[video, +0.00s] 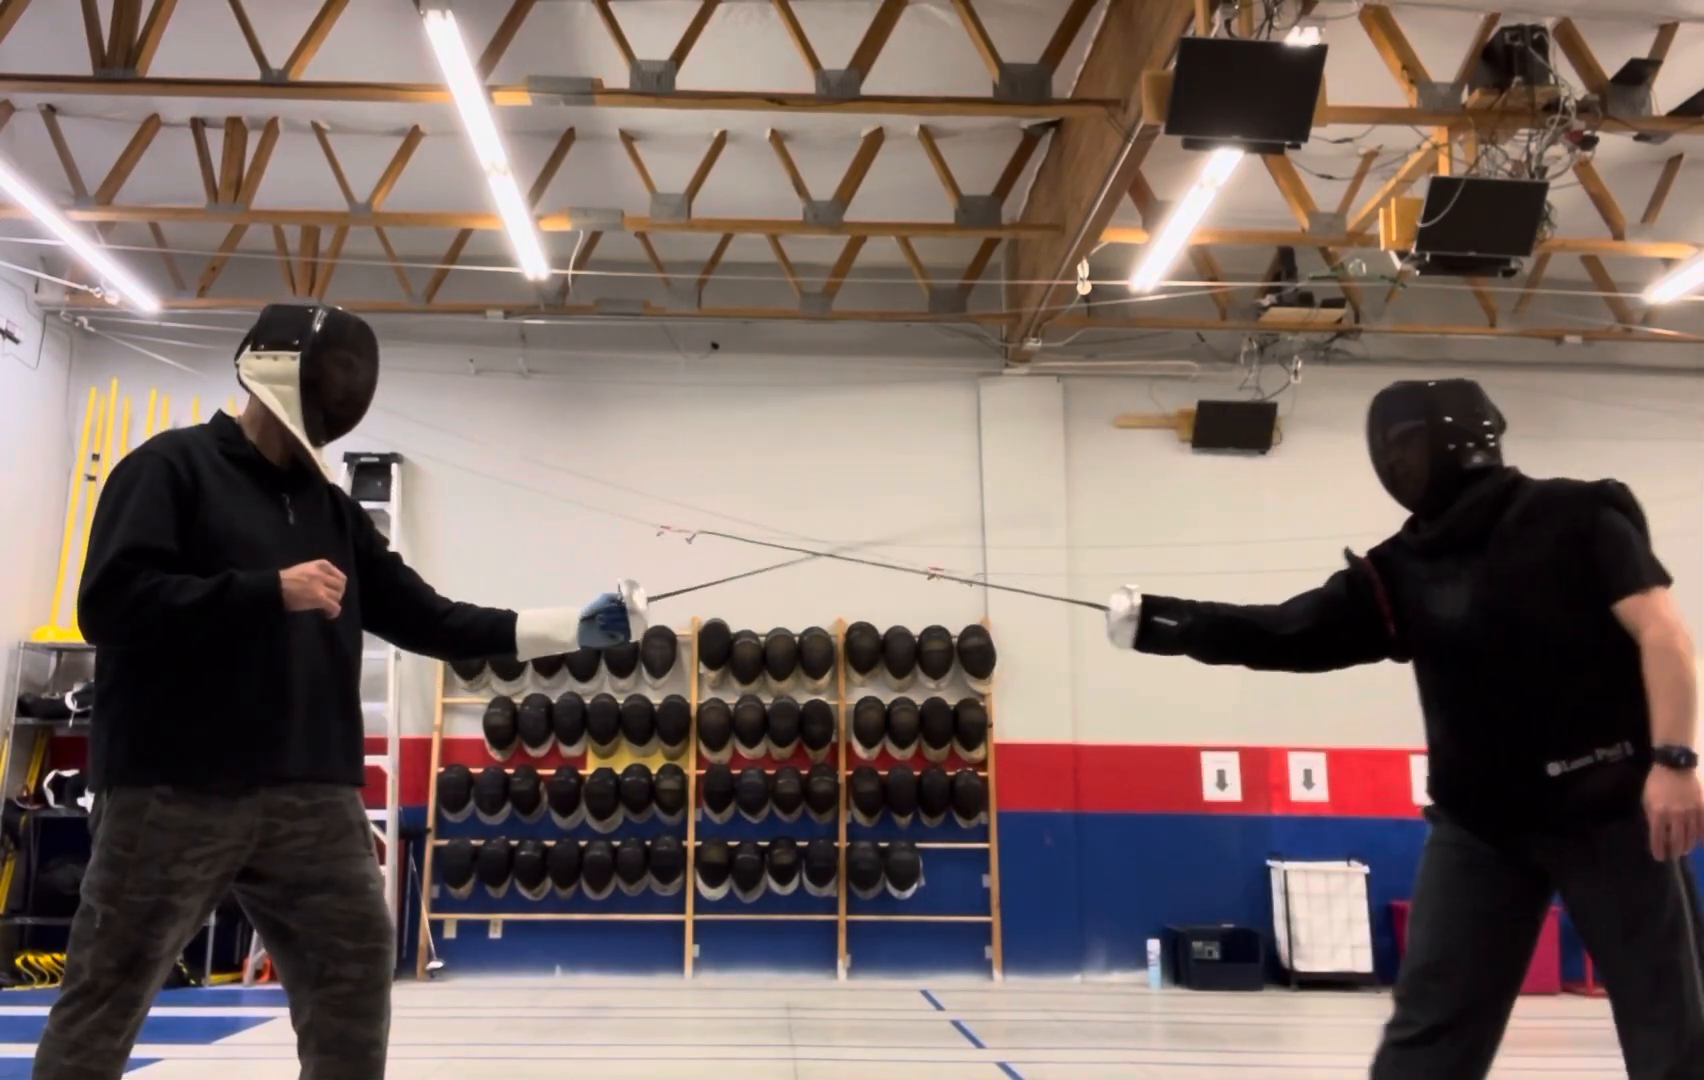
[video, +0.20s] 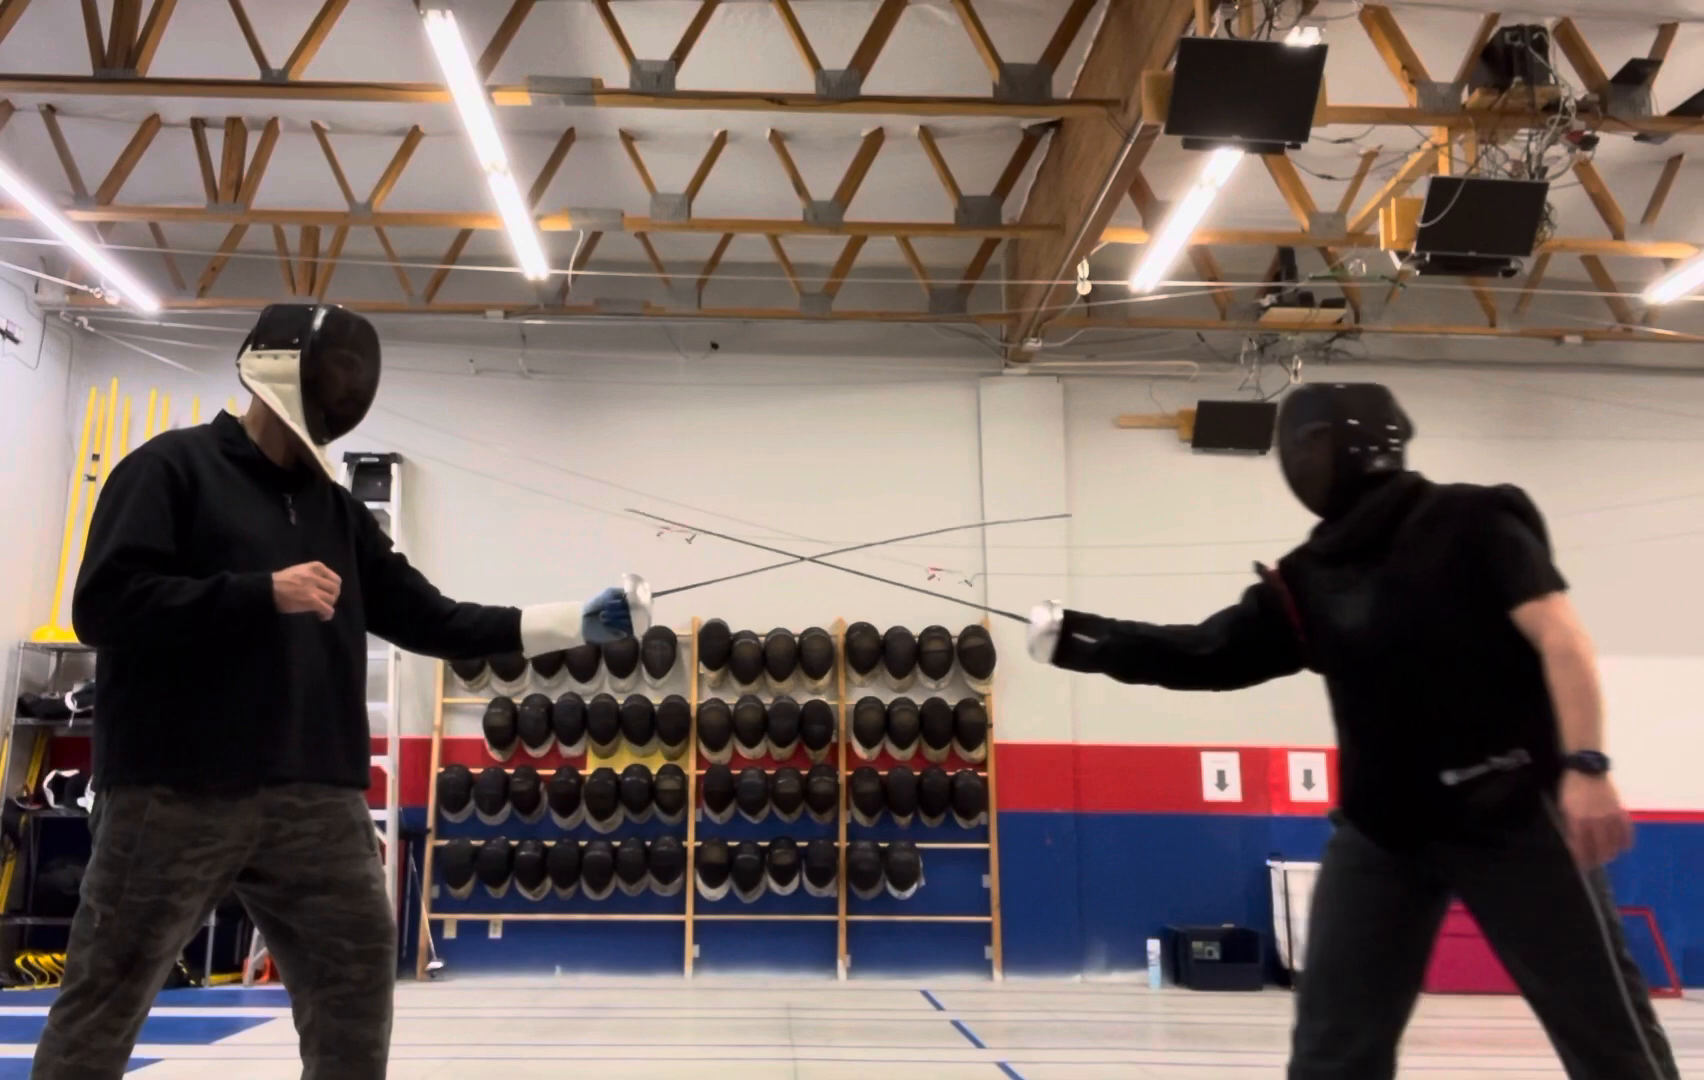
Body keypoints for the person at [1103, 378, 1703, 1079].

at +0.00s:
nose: (1391, 470)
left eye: (1400, 449)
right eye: (1385, 456)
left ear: (1446, 440)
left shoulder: (1580, 517)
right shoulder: (1404, 571)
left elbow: (1663, 633)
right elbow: (1290, 630)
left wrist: (1676, 759)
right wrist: (1163, 624)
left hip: (1608, 817)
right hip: (1480, 829)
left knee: (1668, 1038)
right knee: (1430, 1036)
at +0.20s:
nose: (1290, 470)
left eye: (1300, 449)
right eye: (1287, 453)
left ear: (1344, 441)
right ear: (1359, 448)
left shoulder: (1474, 520)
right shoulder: (1309, 580)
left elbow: (1559, 637)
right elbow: (1207, 652)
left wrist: (1588, 765)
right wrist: (1079, 639)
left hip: (1513, 820)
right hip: (1383, 834)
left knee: (1613, 1046)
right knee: (1333, 1055)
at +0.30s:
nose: (1238, 460)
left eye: (1247, 439)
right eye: (1234, 445)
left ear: (1299, 433)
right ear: (1280, 442)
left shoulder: (1419, 508)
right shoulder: (1254, 570)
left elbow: (1504, 619)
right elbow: (1156, 643)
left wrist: (1511, 749)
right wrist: (1026, 630)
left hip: (1462, 801)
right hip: (1335, 824)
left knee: (1574, 1028)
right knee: (1303, 1052)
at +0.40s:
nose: (1192, 447)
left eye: (1200, 427)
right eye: (1190, 431)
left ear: (1244, 427)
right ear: (1261, 431)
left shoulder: (1371, 502)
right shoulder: (1207, 560)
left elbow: (1455, 611)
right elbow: (1098, 619)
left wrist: (1448, 733)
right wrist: (972, 609)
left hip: (1431, 790)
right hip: (1306, 819)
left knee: (1544, 1013)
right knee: (1293, 1048)